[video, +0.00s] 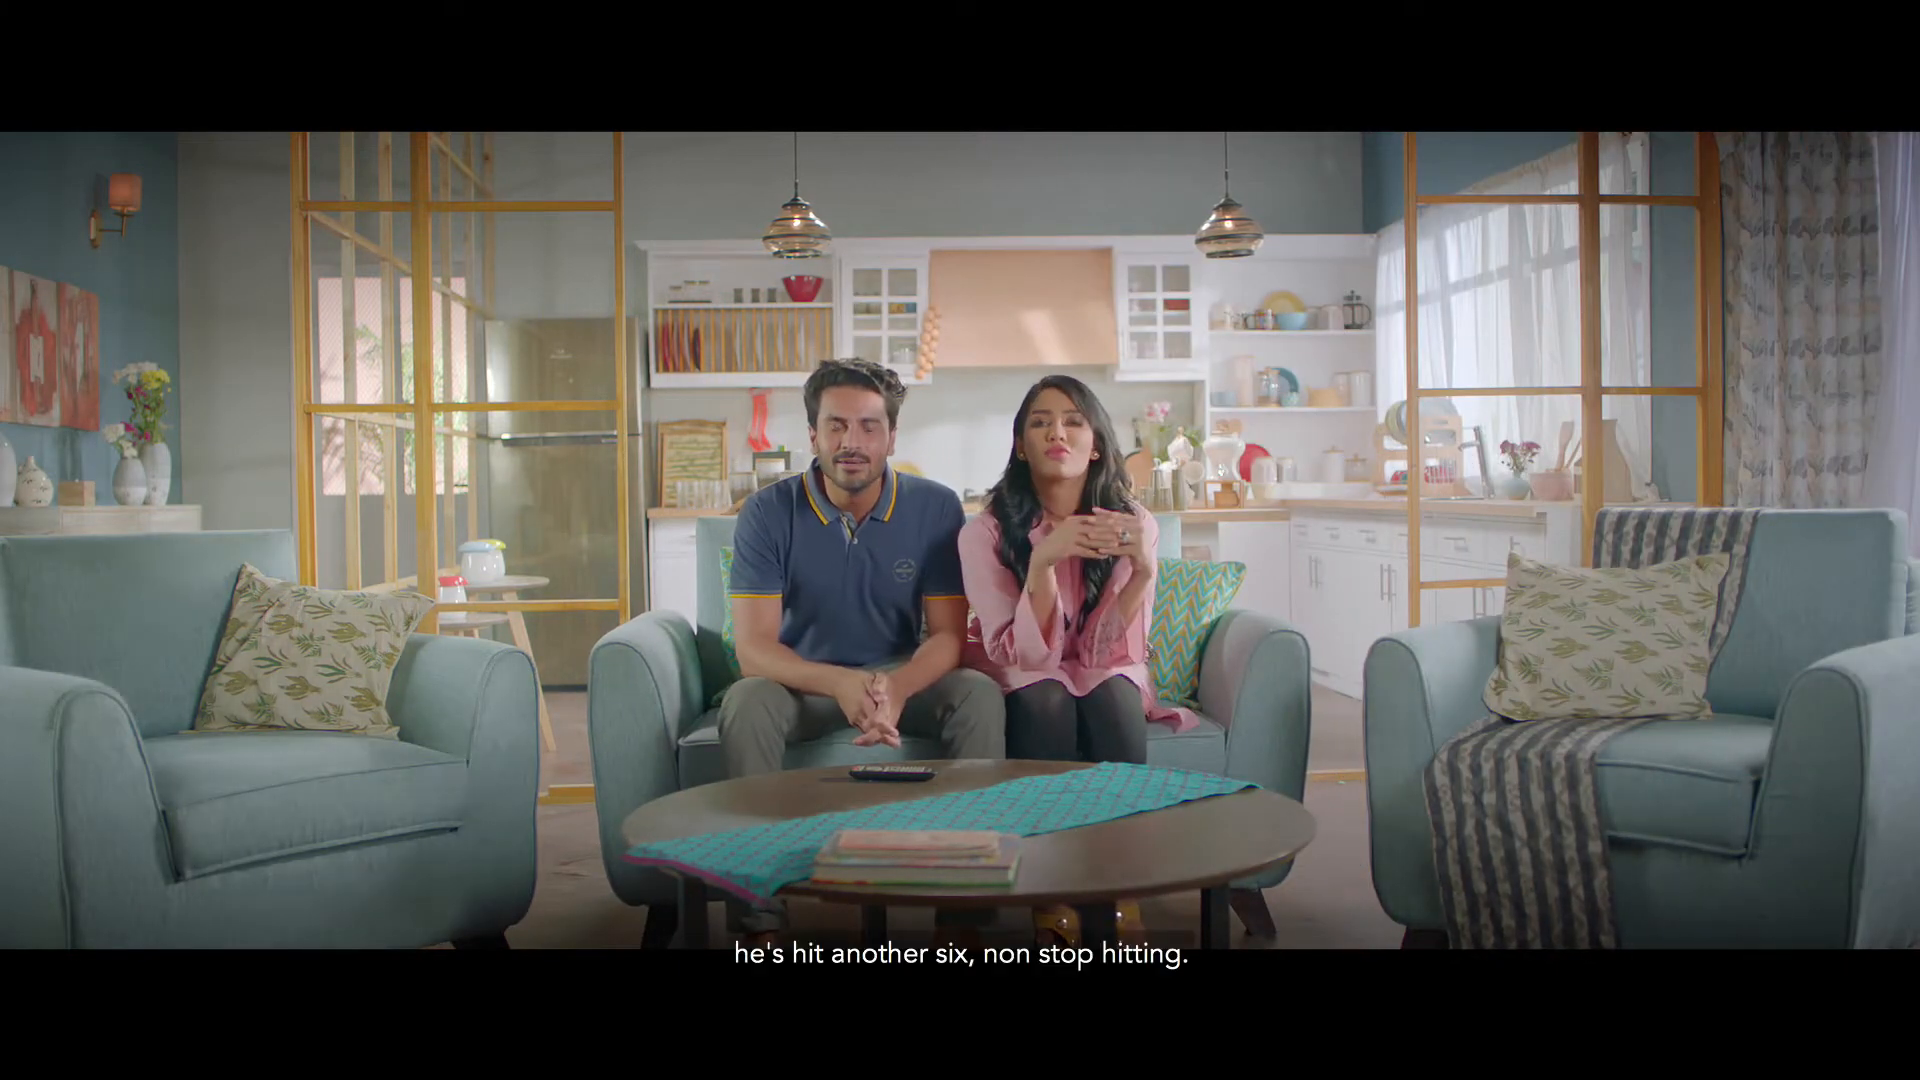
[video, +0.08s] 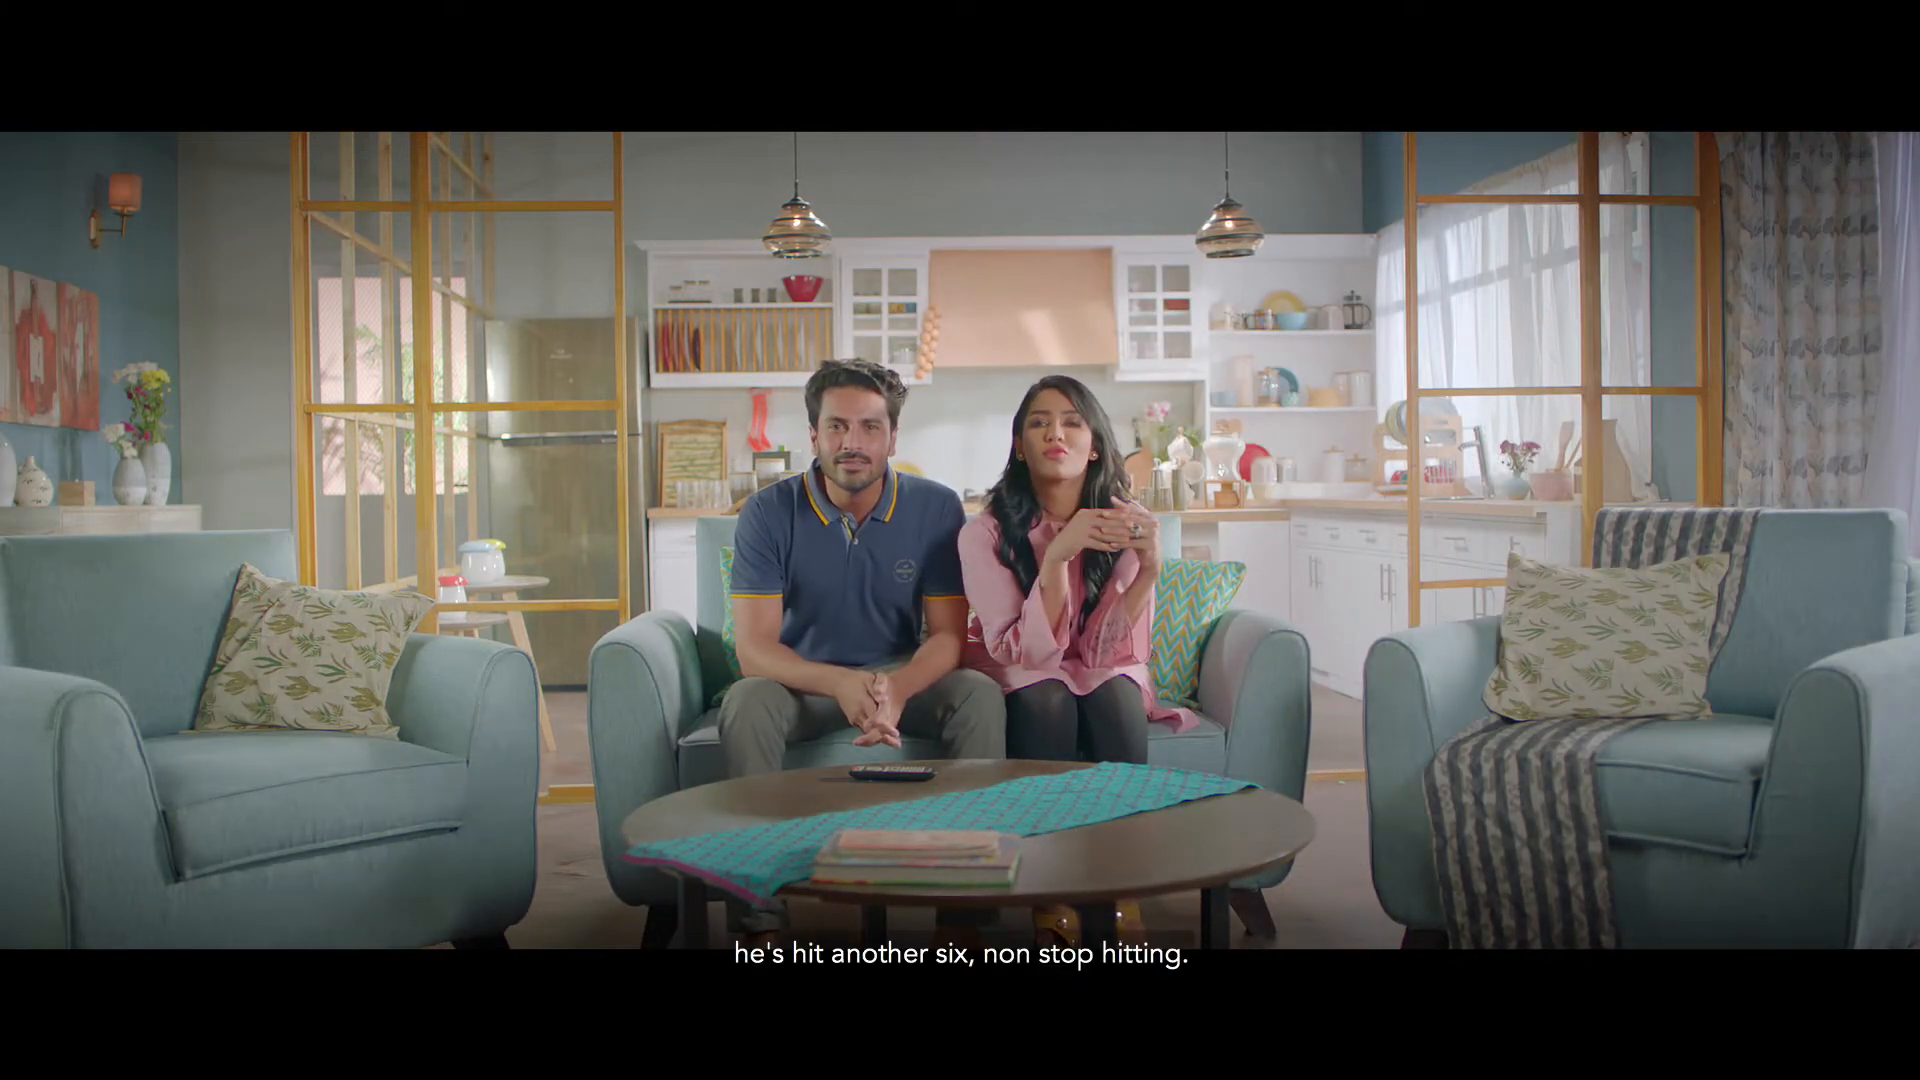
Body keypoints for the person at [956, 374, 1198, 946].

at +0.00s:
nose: (1057, 434)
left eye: (1072, 424)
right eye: (1041, 424)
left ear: (1095, 447)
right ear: (1020, 445)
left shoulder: (1130, 520)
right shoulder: (984, 533)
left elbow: (1107, 659)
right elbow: (1019, 658)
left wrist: (1142, 573)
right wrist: (1042, 560)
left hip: (1103, 678)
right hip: (1028, 681)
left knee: (1114, 698)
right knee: (1047, 701)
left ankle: (1121, 892)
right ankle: (1052, 894)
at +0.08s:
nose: (1055, 435)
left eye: (1071, 424)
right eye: (1040, 424)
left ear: (1094, 448)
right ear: (1019, 445)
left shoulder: (1120, 523)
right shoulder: (983, 533)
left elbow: (1104, 654)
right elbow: (1017, 654)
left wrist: (1148, 569)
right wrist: (1056, 557)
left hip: (1102, 676)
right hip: (1027, 678)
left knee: (1116, 698)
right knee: (1048, 703)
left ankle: (1120, 891)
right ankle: (1052, 893)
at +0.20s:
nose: (1053, 436)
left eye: (1069, 425)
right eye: (1038, 425)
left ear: (1092, 447)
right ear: (1017, 444)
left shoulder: (1120, 523)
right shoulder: (982, 533)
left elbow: (1104, 653)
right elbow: (1017, 651)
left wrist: (1147, 566)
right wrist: (1060, 555)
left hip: (1103, 671)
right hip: (1028, 673)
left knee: (1116, 703)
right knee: (1047, 704)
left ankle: (1119, 893)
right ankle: (1052, 893)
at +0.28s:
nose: (1039, 434)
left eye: (1059, 424)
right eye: (1028, 422)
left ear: (1087, 447)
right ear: (1014, 438)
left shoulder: (1119, 524)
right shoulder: (981, 533)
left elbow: (1105, 652)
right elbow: (1017, 650)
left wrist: (1153, 564)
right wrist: (1067, 555)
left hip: (1104, 672)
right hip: (1029, 675)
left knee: (1115, 700)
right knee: (1047, 702)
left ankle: (1120, 893)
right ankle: (1054, 893)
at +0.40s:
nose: (1018, 434)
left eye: (1040, 425)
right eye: (1015, 422)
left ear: (1075, 447)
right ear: (1006, 432)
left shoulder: (1118, 524)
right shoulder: (979, 536)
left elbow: (1102, 650)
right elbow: (1019, 650)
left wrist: (1153, 558)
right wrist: (1081, 559)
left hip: (1105, 677)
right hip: (1031, 679)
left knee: (1114, 698)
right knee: (1047, 701)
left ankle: (1122, 890)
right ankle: (1053, 890)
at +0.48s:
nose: (1015, 434)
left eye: (1036, 424)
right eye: (1011, 423)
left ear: (1072, 444)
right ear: (1003, 433)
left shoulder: (1115, 523)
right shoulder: (978, 536)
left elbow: (1102, 650)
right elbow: (1021, 650)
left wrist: (1151, 558)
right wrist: (1082, 559)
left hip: (1104, 674)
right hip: (1030, 676)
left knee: (1114, 698)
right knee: (1045, 701)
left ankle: (1121, 889)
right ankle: (1054, 890)